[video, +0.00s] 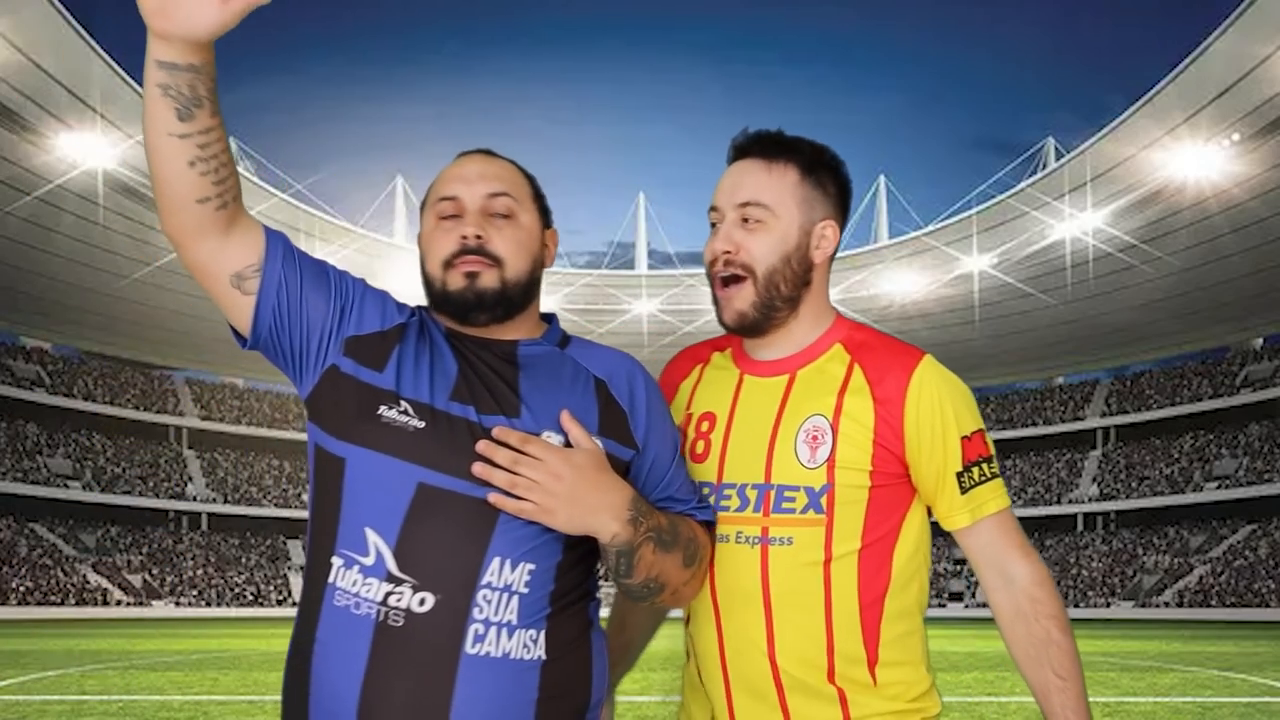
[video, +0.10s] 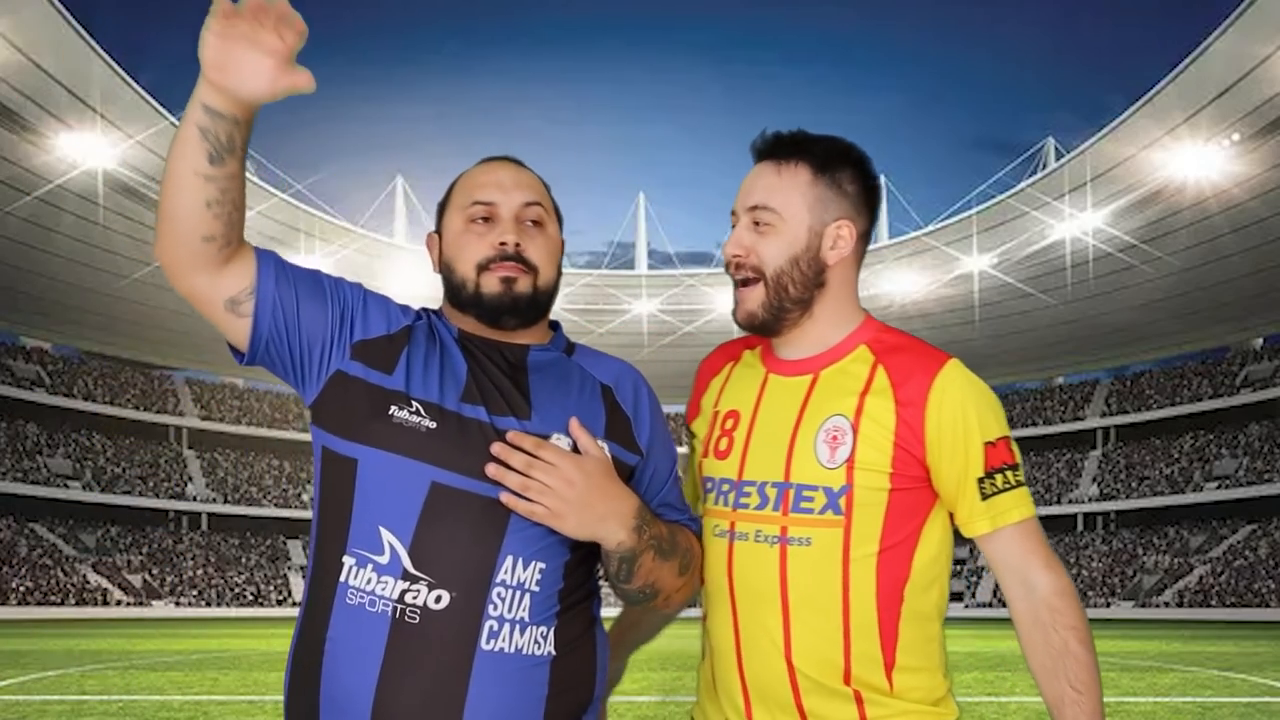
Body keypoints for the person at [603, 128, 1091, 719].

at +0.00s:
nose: (718, 246)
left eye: (751, 220)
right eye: (715, 224)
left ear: (821, 242)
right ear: (707, 238)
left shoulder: (910, 387)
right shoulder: (684, 381)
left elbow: (1012, 577)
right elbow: (655, 561)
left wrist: (1071, 717)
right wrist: (589, 689)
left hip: (872, 708)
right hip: (713, 709)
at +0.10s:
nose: (731, 248)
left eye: (761, 224)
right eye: (735, 224)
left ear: (839, 241)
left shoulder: (936, 392)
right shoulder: (716, 379)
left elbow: (1036, 588)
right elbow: (696, 551)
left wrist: (1080, 712)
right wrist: (603, 654)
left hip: (883, 702)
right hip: (725, 704)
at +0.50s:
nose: (809, 265)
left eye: (832, 237)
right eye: (818, 236)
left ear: (910, 252)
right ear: (907, 252)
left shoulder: (1023, 408)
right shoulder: (794, 365)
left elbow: (1120, 617)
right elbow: (755, 506)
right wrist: (673, 626)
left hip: (952, 708)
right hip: (786, 708)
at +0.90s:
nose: (745, 257)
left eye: (767, 230)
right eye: (750, 231)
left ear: (843, 236)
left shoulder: (959, 385)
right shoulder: (733, 375)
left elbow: (1042, 581)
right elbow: (723, 551)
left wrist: (1085, 713)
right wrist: (706, 700)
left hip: (906, 706)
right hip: (748, 706)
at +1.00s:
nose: (729, 261)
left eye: (752, 234)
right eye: (730, 237)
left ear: (829, 236)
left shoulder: (940, 382)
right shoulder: (714, 378)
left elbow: (1022, 573)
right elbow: (709, 568)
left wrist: (1059, 714)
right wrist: (703, 699)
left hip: (893, 705)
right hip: (733, 706)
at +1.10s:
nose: (722, 270)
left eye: (749, 241)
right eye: (714, 248)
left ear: (820, 237)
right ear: (709, 255)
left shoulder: (921, 381)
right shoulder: (696, 379)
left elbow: (1005, 573)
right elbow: (677, 554)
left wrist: (1033, 713)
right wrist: (659, 687)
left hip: (880, 705)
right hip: (722, 706)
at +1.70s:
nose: (655, 299)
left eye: (683, 271)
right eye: (644, 269)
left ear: (753, 266)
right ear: (634, 263)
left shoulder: (852, 385)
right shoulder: (624, 385)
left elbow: (940, 572)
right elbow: (619, 556)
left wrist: (996, 714)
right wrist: (595, 712)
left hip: (825, 705)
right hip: (674, 708)